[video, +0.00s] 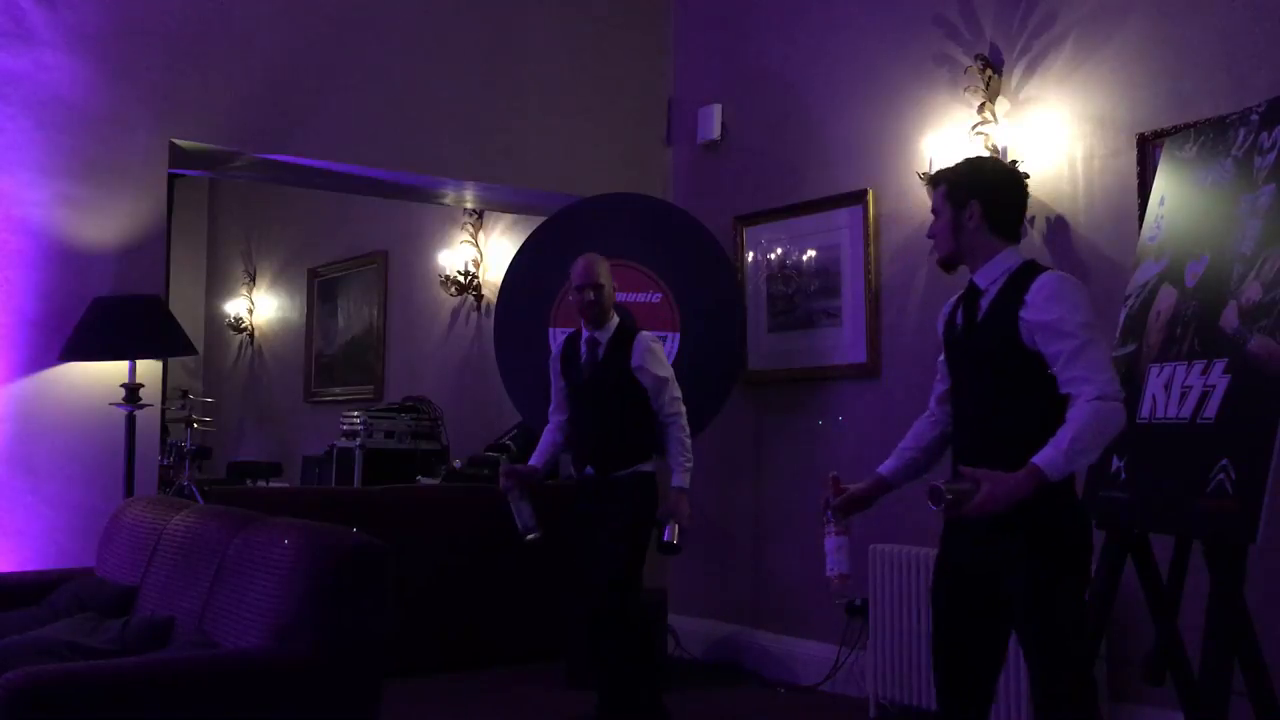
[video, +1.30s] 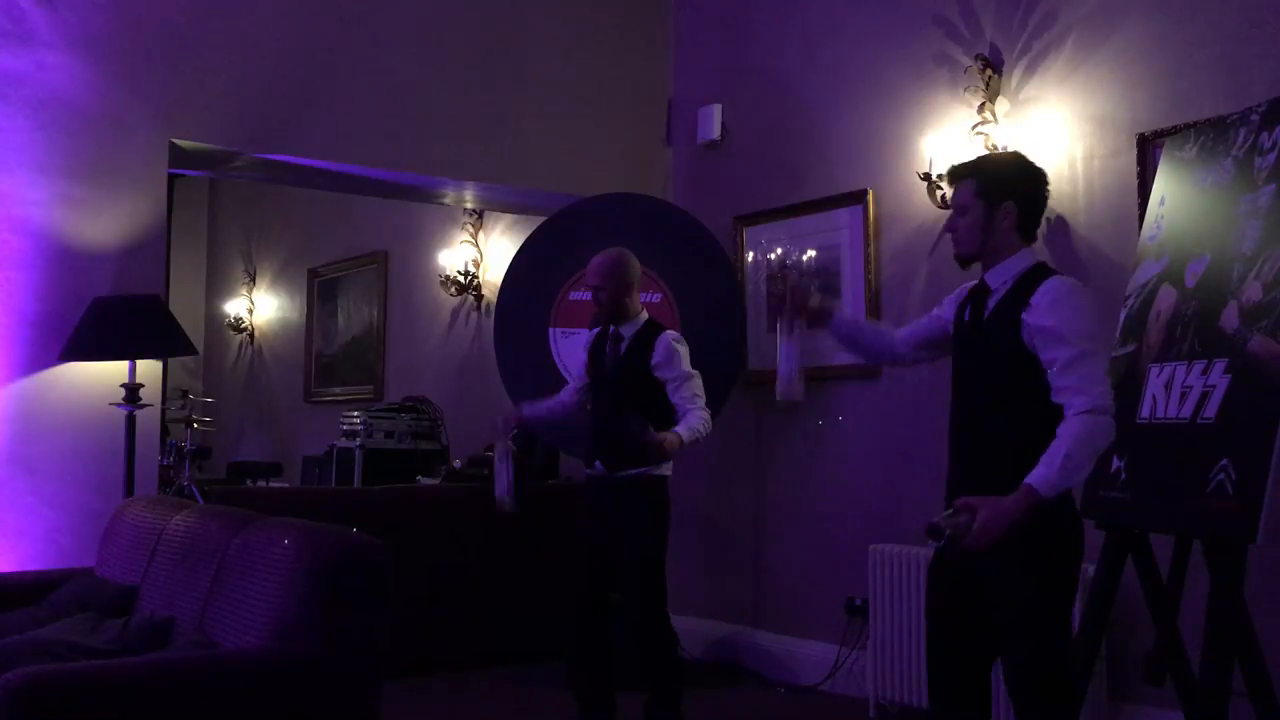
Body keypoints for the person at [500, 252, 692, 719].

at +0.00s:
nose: (589, 297)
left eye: (596, 288)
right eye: (580, 289)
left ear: (612, 291)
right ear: (570, 295)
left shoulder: (642, 347)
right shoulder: (565, 350)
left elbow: (674, 418)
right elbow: (559, 418)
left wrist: (679, 486)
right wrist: (534, 466)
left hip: (636, 485)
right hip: (587, 485)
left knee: (622, 591)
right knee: (591, 589)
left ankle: (633, 697)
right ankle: (602, 693)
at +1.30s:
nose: (591, 298)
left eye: (599, 291)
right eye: (589, 290)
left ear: (627, 290)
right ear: (597, 291)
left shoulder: (664, 344)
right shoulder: (595, 342)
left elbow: (699, 414)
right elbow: (572, 401)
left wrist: (672, 439)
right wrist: (523, 414)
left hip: (644, 488)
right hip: (599, 486)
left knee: (645, 603)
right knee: (594, 598)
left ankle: (662, 705)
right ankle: (595, 702)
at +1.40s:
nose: (593, 296)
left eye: (602, 288)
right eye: (591, 288)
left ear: (631, 288)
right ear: (598, 290)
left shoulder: (662, 344)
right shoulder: (600, 339)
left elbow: (699, 412)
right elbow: (564, 386)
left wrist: (693, 450)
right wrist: (528, 353)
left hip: (644, 486)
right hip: (601, 484)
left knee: (643, 600)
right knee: (597, 596)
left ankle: (661, 703)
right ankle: (596, 700)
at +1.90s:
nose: (573, 303)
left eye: (580, 295)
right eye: (572, 295)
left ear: (608, 295)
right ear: (581, 297)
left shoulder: (648, 351)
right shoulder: (584, 344)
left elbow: (663, 436)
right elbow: (546, 389)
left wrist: (665, 515)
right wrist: (514, 389)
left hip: (636, 494)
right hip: (595, 491)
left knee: (645, 607)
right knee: (594, 602)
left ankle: (662, 705)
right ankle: (595, 702)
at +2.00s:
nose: (574, 305)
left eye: (581, 297)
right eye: (572, 296)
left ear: (609, 297)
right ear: (588, 298)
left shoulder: (650, 354)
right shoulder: (585, 346)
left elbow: (641, 446)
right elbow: (553, 418)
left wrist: (613, 518)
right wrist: (535, 392)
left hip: (640, 493)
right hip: (594, 488)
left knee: (645, 608)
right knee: (592, 603)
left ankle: (662, 706)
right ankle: (594, 703)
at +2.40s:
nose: (586, 299)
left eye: (595, 291)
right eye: (584, 291)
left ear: (623, 290)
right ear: (586, 293)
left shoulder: (659, 346)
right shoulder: (589, 345)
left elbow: (692, 419)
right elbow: (577, 410)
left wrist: (676, 477)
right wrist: (577, 456)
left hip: (648, 490)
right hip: (601, 488)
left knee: (650, 602)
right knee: (599, 599)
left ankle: (664, 704)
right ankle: (597, 702)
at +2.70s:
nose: (586, 307)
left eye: (593, 298)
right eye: (586, 297)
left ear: (621, 296)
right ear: (603, 295)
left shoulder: (661, 348)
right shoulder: (601, 346)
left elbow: (681, 426)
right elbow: (569, 401)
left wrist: (615, 442)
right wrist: (519, 428)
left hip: (646, 492)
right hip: (601, 489)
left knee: (644, 603)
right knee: (593, 600)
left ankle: (664, 703)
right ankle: (595, 701)